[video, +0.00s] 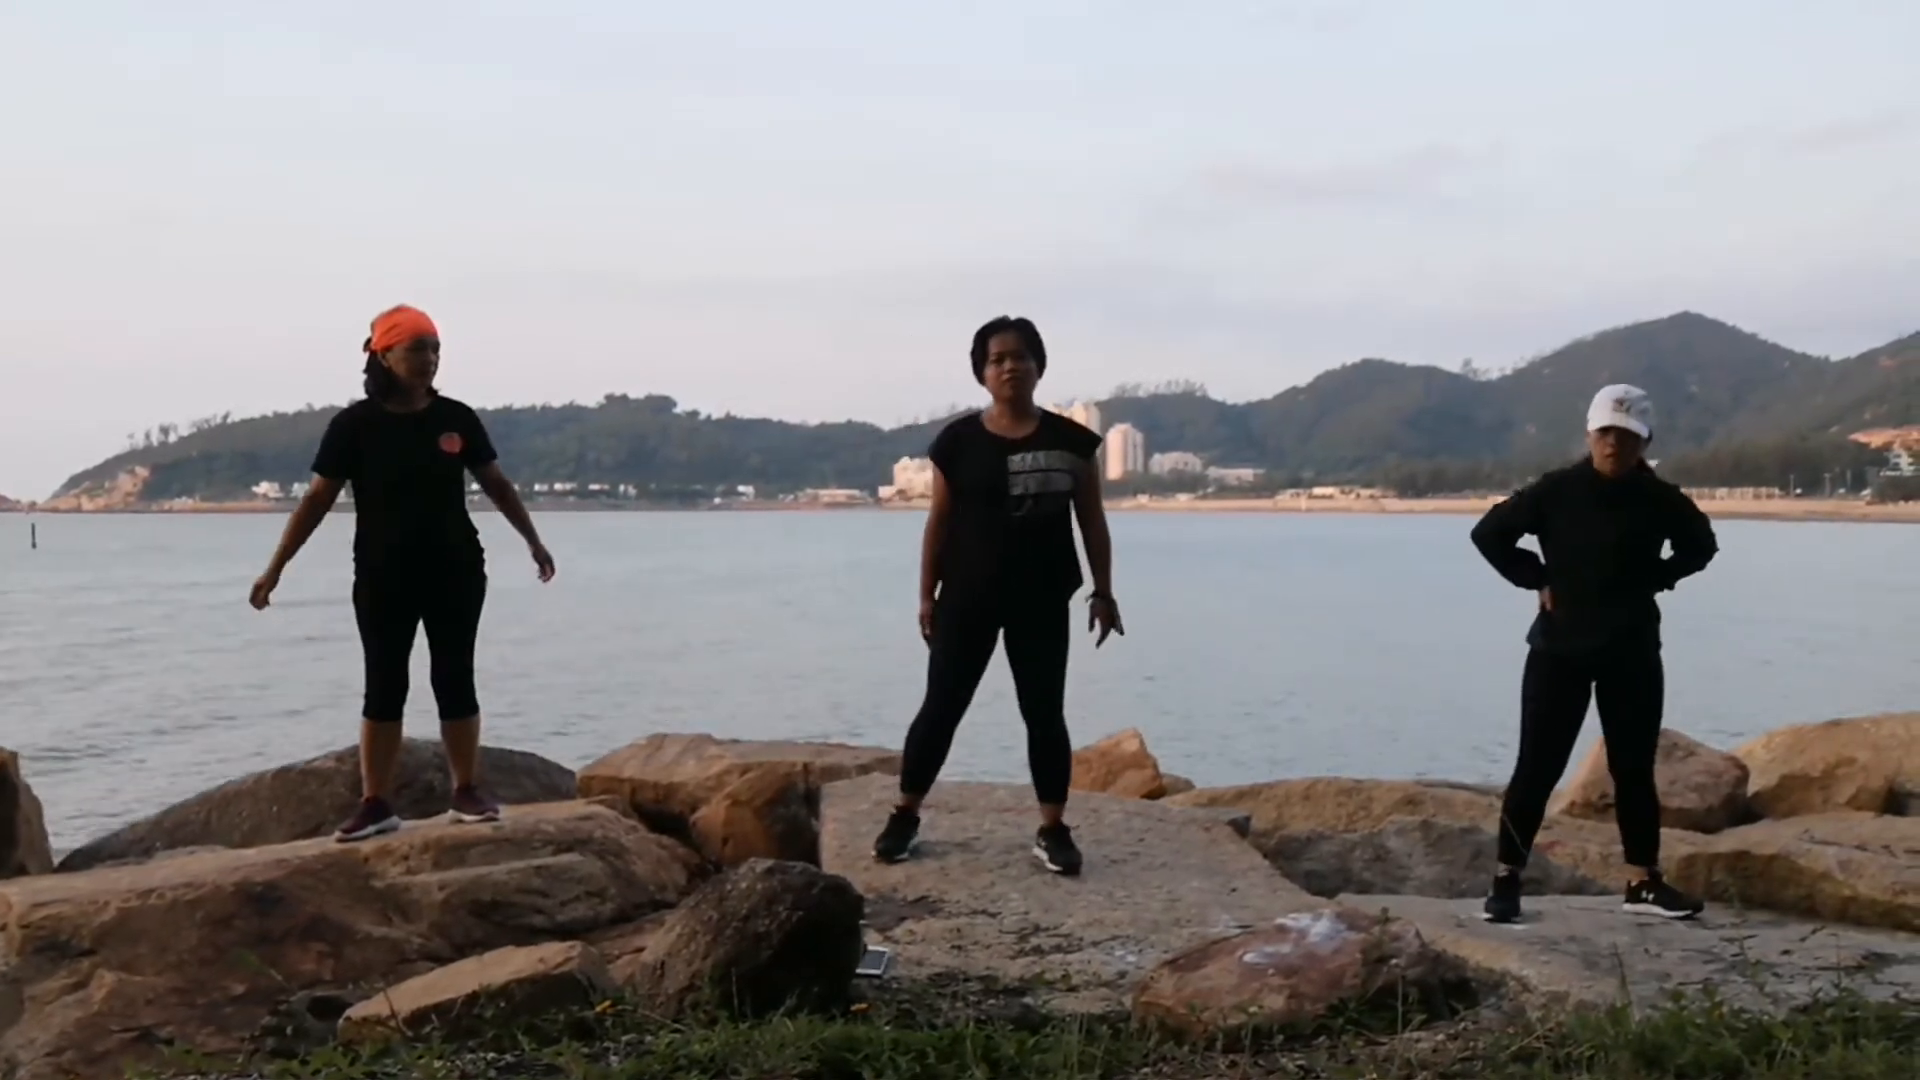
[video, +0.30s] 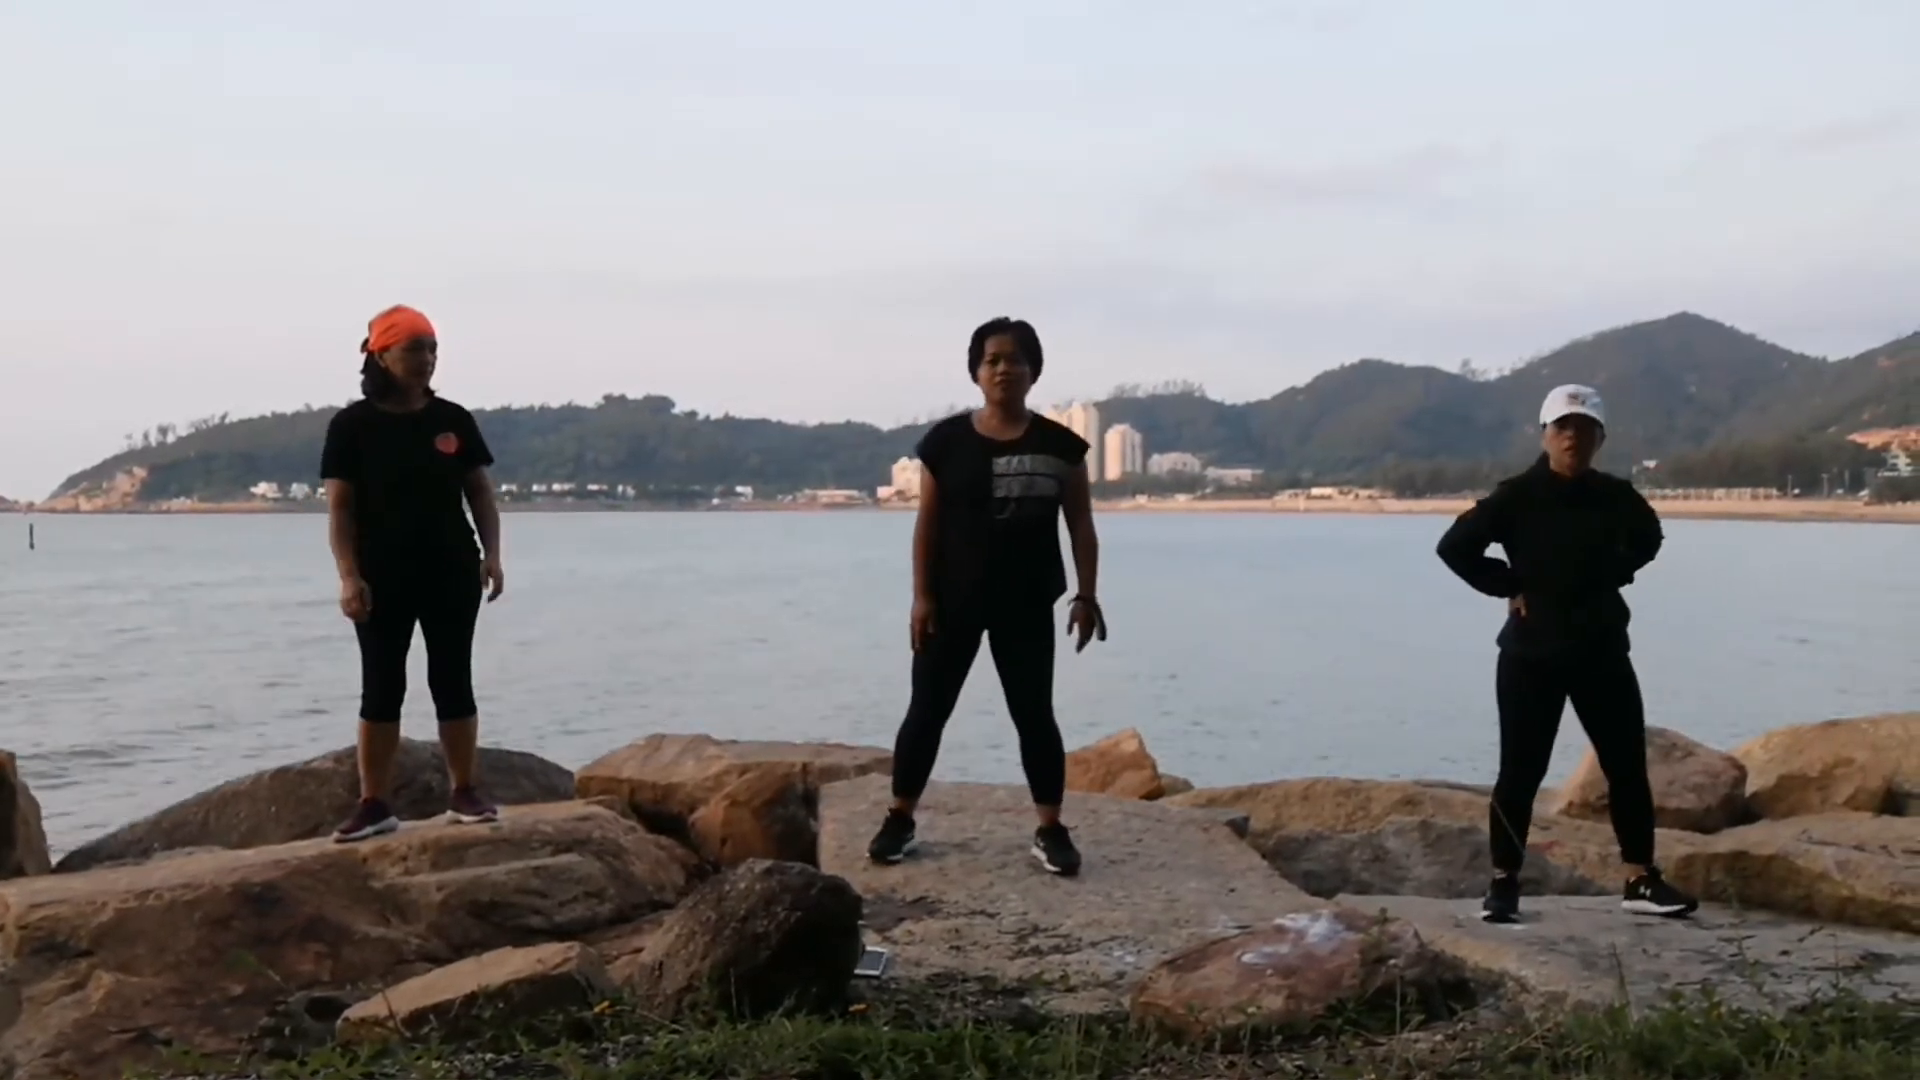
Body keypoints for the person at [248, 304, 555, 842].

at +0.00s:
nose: (430, 358)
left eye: (434, 348)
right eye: (418, 349)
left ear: (437, 354)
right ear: (384, 356)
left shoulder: (457, 420)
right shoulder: (353, 426)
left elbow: (495, 483)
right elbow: (316, 501)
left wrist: (533, 539)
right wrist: (273, 568)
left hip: (453, 575)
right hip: (384, 580)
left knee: (455, 684)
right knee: (383, 692)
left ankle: (466, 791)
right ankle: (374, 802)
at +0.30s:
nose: (426, 357)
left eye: (431, 348)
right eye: (414, 349)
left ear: (436, 353)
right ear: (381, 356)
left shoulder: (454, 420)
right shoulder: (350, 426)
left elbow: (481, 493)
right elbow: (338, 509)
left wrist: (492, 553)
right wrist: (348, 575)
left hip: (450, 574)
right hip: (381, 579)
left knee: (453, 685)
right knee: (381, 692)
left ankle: (464, 792)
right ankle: (373, 803)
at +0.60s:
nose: (423, 358)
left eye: (427, 348)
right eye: (410, 349)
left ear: (432, 354)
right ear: (378, 357)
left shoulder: (452, 420)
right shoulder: (348, 426)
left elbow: (482, 490)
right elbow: (336, 507)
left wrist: (461, 533)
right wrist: (387, 545)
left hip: (449, 574)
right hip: (378, 577)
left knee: (451, 685)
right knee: (379, 689)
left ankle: (461, 794)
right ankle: (372, 803)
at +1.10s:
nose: (420, 358)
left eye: (426, 349)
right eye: (408, 348)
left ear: (433, 355)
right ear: (377, 355)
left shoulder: (450, 424)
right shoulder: (345, 427)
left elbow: (485, 487)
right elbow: (305, 499)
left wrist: (522, 546)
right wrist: (256, 564)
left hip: (445, 577)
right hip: (375, 582)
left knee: (447, 687)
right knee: (374, 694)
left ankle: (459, 794)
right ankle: (367, 806)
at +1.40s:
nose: (411, 358)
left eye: (418, 349)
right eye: (399, 349)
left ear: (426, 356)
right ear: (370, 356)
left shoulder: (448, 424)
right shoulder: (342, 428)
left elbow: (468, 500)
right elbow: (330, 511)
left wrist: (465, 558)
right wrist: (344, 578)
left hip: (439, 579)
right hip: (371, 583)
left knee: (445, 689)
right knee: (371, 696)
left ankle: (456, 796)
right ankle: (366, 805)